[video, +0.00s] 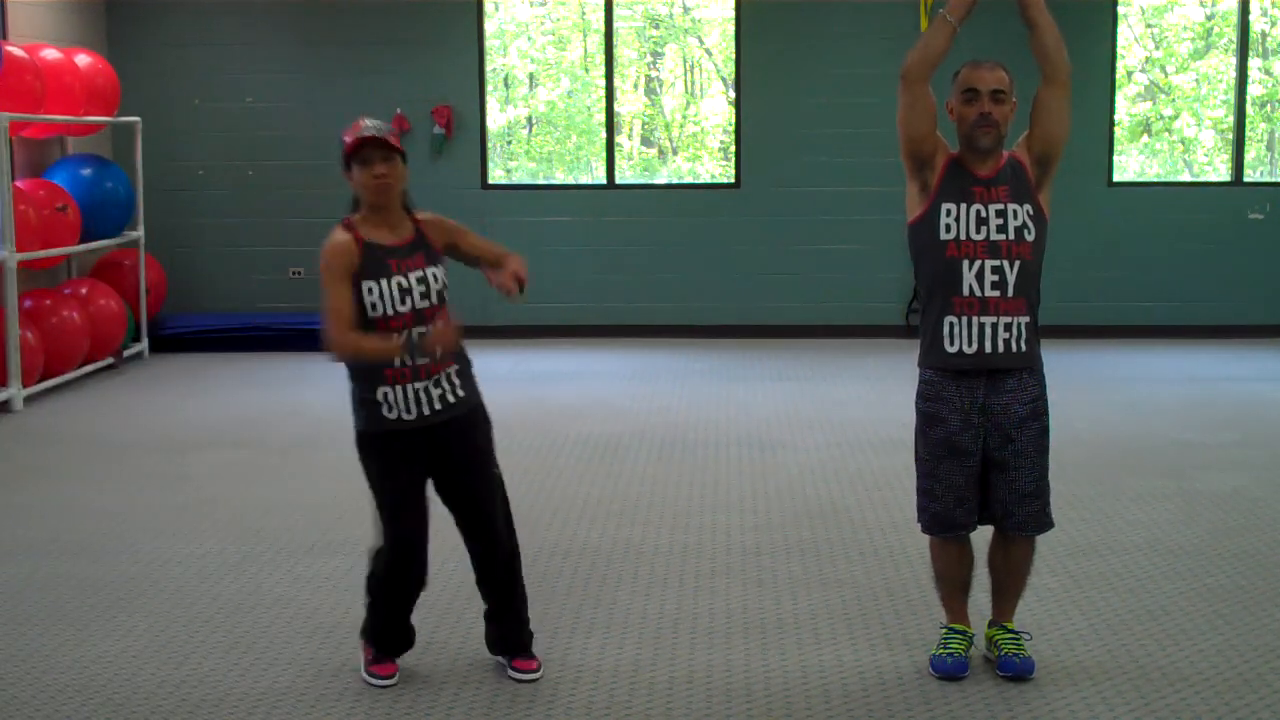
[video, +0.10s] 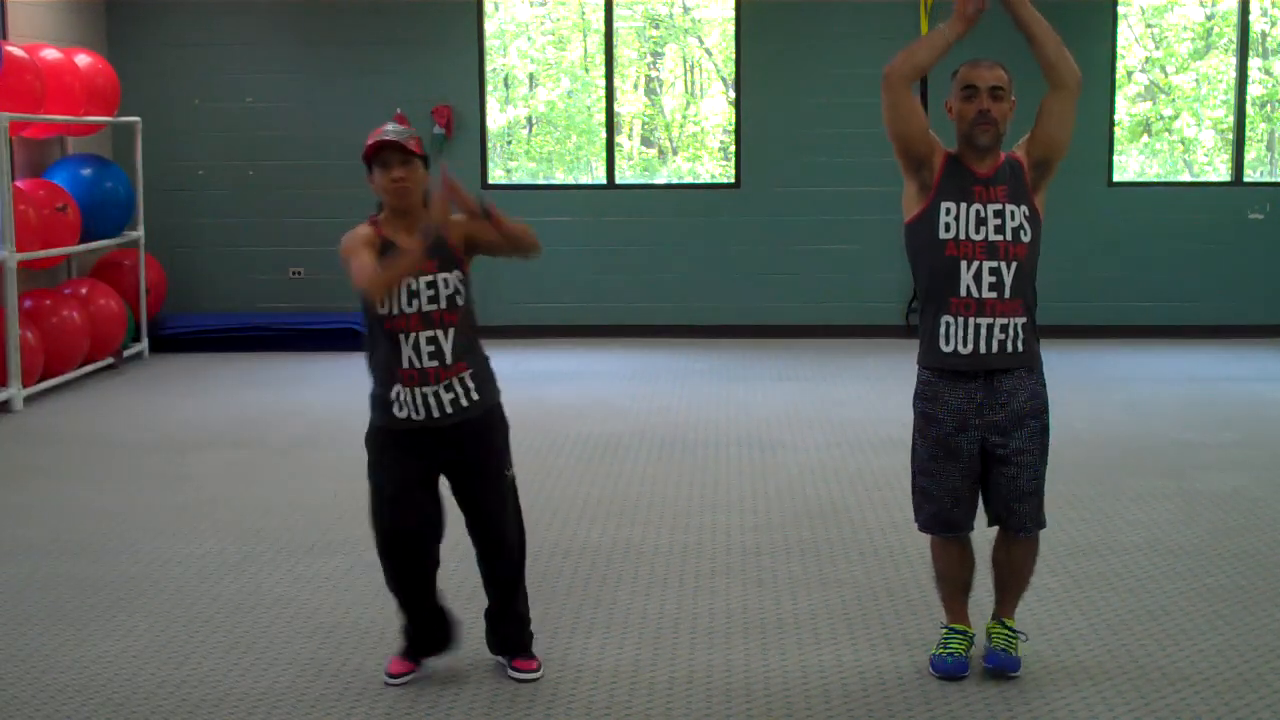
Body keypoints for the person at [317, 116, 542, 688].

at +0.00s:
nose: (378, 170)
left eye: (387, 159)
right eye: (365, 162)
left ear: (404, 167)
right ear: (350, 176)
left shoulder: (432, 229)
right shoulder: (343, 248)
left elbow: (503, 260)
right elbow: (339, 342)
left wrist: (507, 271)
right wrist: (415, 342)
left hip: (455, 410)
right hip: (388, 422)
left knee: (493, 531)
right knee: (405, 545)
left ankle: (512, 640)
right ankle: (382, 643)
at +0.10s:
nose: (397, 174)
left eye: (407, 163)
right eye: (385, 166)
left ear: (425, 172)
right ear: (372, 180)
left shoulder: (451, 229)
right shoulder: (361, 240)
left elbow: (526, 243)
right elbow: (373, 288)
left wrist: (480, 214)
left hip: (471, 413)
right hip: (399, 420)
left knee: (500, 533)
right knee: (400, 541)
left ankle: (513, 642)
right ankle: (424, 636)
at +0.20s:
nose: (406, 169)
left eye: (417, 156)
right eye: (397, 159)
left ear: (439, 163)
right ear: (390, 169)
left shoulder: (468, 223)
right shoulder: (384, 230)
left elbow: (495, 180)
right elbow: (354, 197)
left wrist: (455, 120)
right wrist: (385, 138)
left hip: (474, 406)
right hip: (402, 408)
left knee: (501, 527)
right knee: (370, 510)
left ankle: (513, 639)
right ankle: (435, 629)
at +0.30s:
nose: (412, 146)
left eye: (423, 136)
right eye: (401, 139)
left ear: (446, 149)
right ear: (391, 154)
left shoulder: (472, 207)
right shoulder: (386, 211)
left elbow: (474, 132)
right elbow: (333, 148)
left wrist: (443, 61)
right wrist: (317, 79)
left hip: (471, 401)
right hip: (396, 397)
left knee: (492, 529)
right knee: (347, 496)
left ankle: (512, 641)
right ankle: (381, 621)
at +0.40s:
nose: (409, 148)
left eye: (421, 137)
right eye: (399, 139)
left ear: (445, 147)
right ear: (389, 151)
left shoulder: (471, 204)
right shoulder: (383, 208)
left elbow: (470, 128)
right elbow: (303, 155)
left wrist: (437, 50)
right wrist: (244, 102)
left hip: (464, 399)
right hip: (390, 392)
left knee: (485, 528)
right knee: (332, 504)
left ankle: (512, 641)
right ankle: (315, 619)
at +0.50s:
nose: (405, 154)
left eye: (416, 143)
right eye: (395, 145)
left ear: (440, 152)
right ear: (384, 156)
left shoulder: (464, 212)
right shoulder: (373, 214)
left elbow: (464, 136)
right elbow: (281, 200)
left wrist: (434, 54)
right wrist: (198, 181)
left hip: (453, 408)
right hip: (377, 406)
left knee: (479, 527)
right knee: (330, 517)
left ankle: (512, 641)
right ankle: (284, 624)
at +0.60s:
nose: (395, 166)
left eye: (407, 157)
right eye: (387, 157)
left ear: (432, 166)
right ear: (377, 165)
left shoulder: (451, 226)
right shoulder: (353, 227)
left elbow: (456, 148)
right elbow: (272, 255)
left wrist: (434, 73)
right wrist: (193, 280)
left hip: (435, 415)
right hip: (359, 416)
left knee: (477, 531)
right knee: (324, 526)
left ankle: (516, 641)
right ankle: (285, 631)